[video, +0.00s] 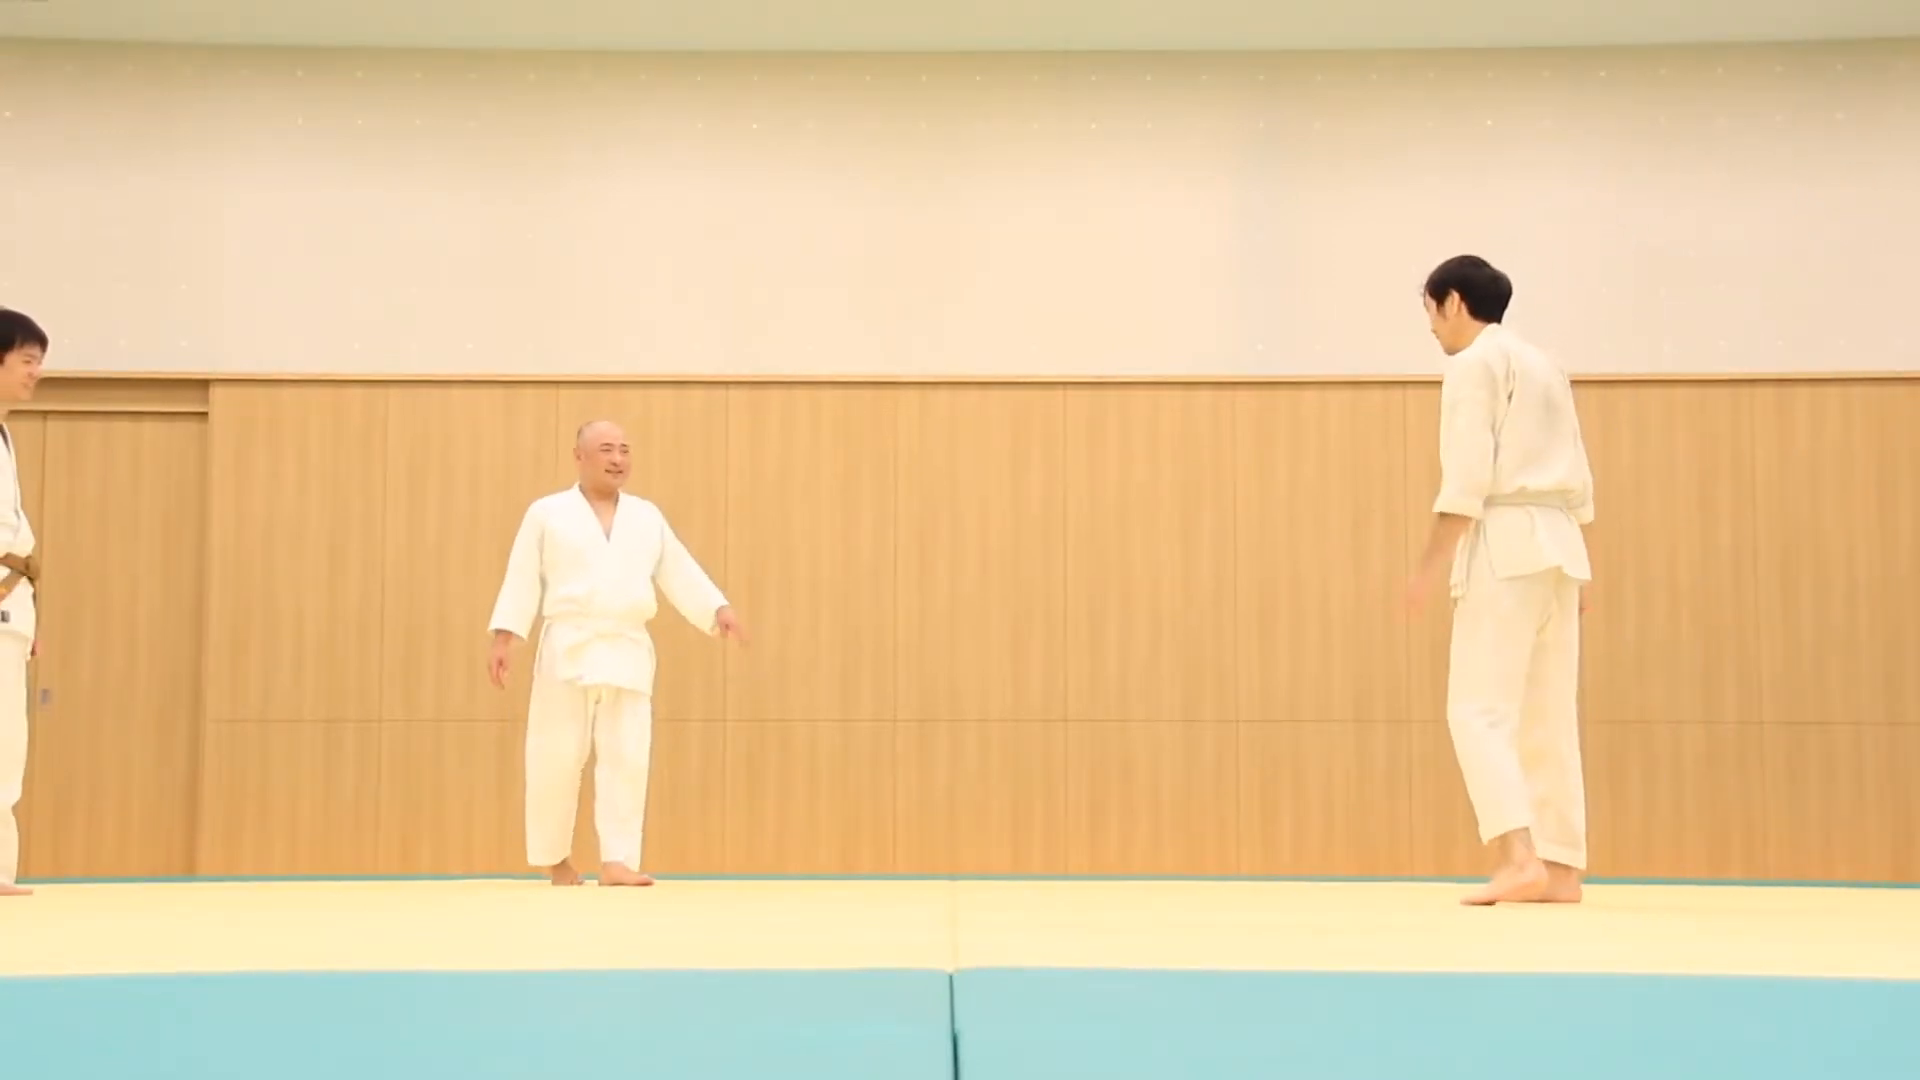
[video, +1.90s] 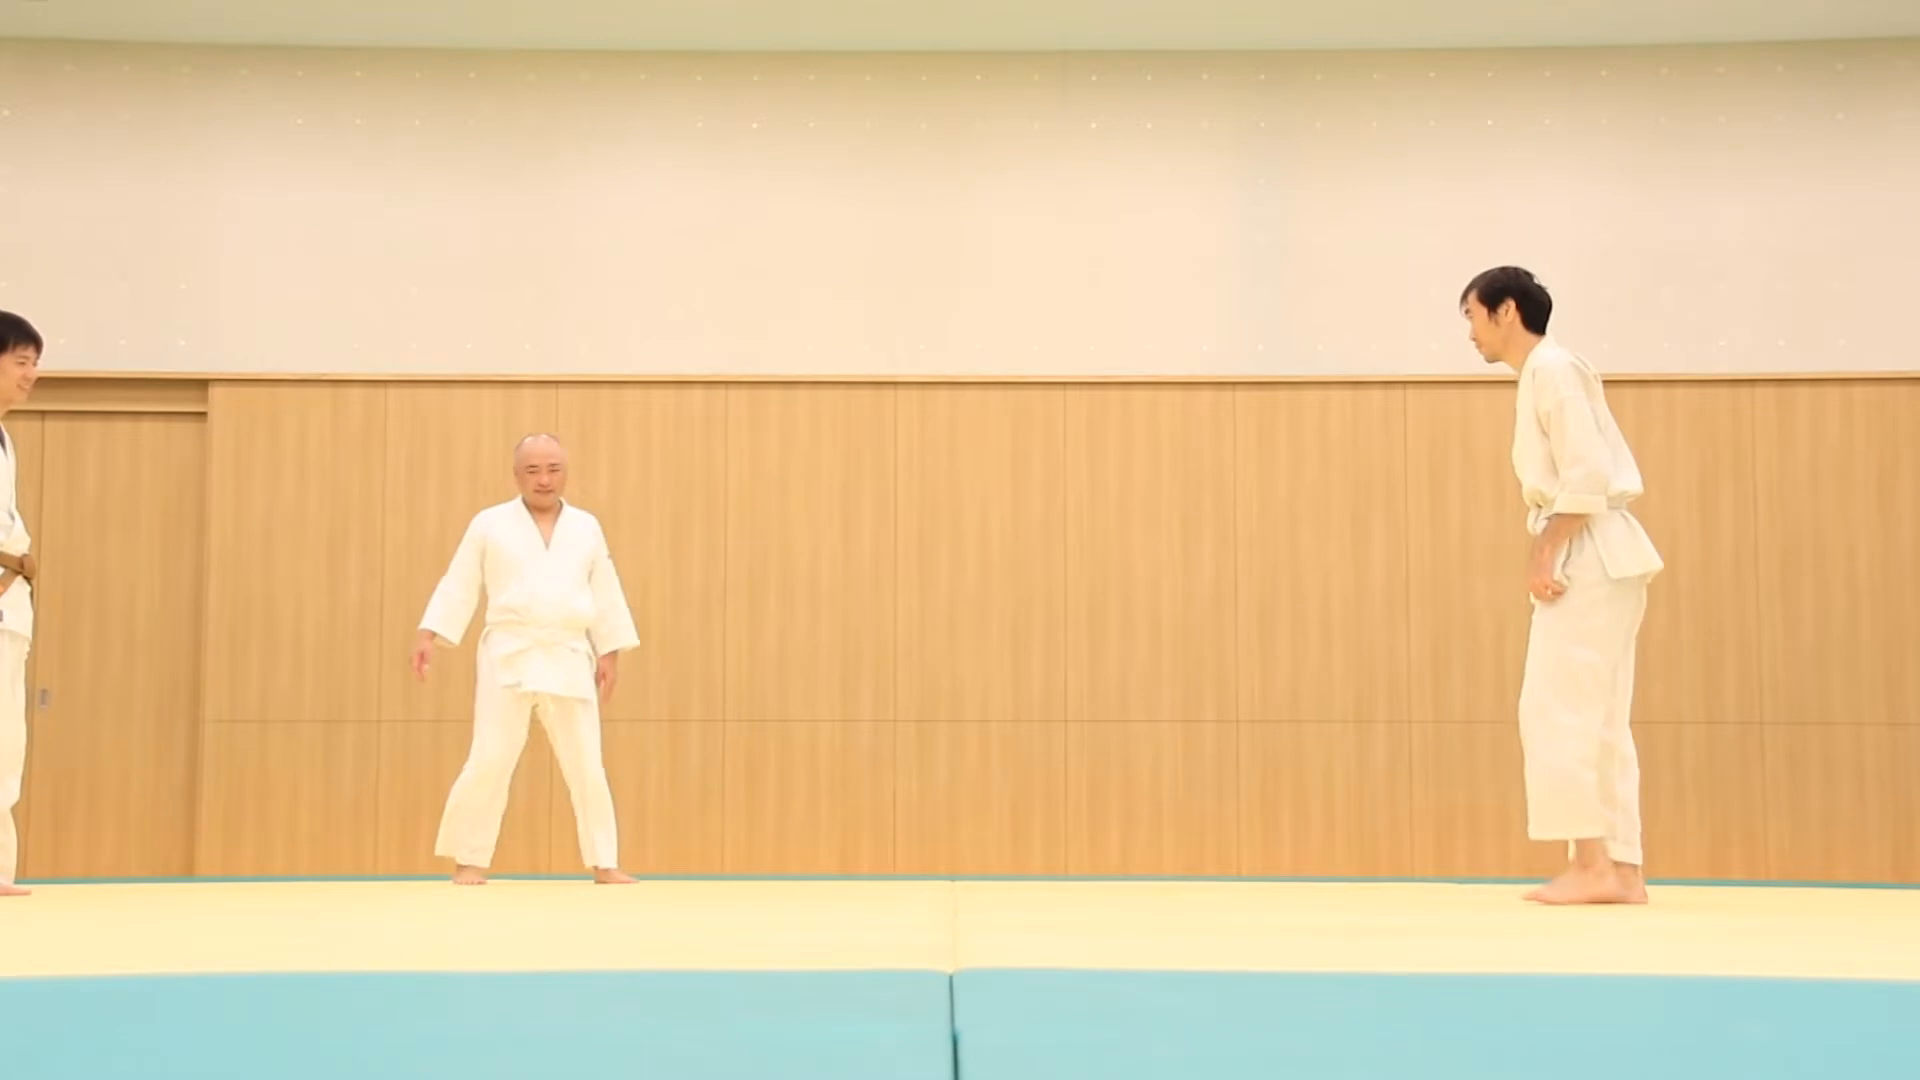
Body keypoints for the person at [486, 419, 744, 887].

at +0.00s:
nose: (618, 458)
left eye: (624, 450)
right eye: (606, 449)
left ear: (631, 459)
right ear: (580, 458)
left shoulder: (646, 517)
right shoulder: (547, 513)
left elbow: (679, 570)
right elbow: (522, 577)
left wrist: (717, 608)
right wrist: (504, 637)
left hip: (628, 649)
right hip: (565, 648)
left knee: (627, 757)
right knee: (557, 755)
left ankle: (618, 863)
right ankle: (558, 860)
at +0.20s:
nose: (603, 470)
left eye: (611, 462)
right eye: (592, 462)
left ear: (619, 468)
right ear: (567, 467)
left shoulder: (635, 514)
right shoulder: (536, 519)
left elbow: (679, 541)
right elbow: (513, 582)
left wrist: (671, 552)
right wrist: (498, 638)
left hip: (615, 650)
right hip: (555, 650)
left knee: (621, 756)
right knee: (557, 758)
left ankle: (615, 861)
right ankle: (561, 866)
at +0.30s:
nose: (598, 472)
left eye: (607, 463)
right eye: (587, 463)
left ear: (616, 468)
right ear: (564, 466)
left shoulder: (625, 509)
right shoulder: (533, 517)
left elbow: (671, 534)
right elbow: (509, 582)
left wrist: (642, 526)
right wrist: (493, 641)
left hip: (612, 649)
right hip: (553, 649)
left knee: (619, 751)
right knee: (555, 755)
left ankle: (610, 859)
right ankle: (561, 864)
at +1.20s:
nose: (599, 475)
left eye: (607, 465)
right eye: (587, 466)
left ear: (618, 468)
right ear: (568, 471)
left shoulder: (640, 515)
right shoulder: (542, 522)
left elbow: (689, 548)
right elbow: (522, 582)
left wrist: (673, 556)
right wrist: (512, 632)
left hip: (622, 651)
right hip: (564, 650)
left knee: (621, 759)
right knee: (561, 756)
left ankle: (612, 862)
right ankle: (564, 862)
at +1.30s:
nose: (598, 474)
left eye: (606, 464)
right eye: (586, 466)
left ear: (618, 467)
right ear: (569, 472)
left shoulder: (643, 519)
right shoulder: (546, 521)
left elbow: (674, 558)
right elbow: (524, 583)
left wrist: (698, 590)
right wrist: (511, 634)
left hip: (619, 652)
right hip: (559, 651)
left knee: (619, 760)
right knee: (555, 755)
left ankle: (612, 863)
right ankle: (562, 861)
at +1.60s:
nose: (591, 472)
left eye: (600, 463)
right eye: (580, 464)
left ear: (613, 467)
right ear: (563, 470)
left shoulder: (636, 520)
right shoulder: (540, 517)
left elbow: (658, 584)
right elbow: (513, 581)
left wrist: (675, 644)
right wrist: (490, 640)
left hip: (604, 654)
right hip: (543, 650)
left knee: (605, 761)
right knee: (524, 753)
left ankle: (608, 865)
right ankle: (512, 857)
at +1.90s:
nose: (544, 479)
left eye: (553, 469)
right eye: (532, 471)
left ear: (566, 473)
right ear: (516, 476)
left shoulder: (585, 527)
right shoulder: (490, 524)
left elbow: (605, 592)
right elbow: (459, 583)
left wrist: (607, 651)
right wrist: (428, 633)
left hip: (568, 656)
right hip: (506, 655)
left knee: (586, 763)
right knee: (491, 760)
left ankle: (605, 865)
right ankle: (469, 864)